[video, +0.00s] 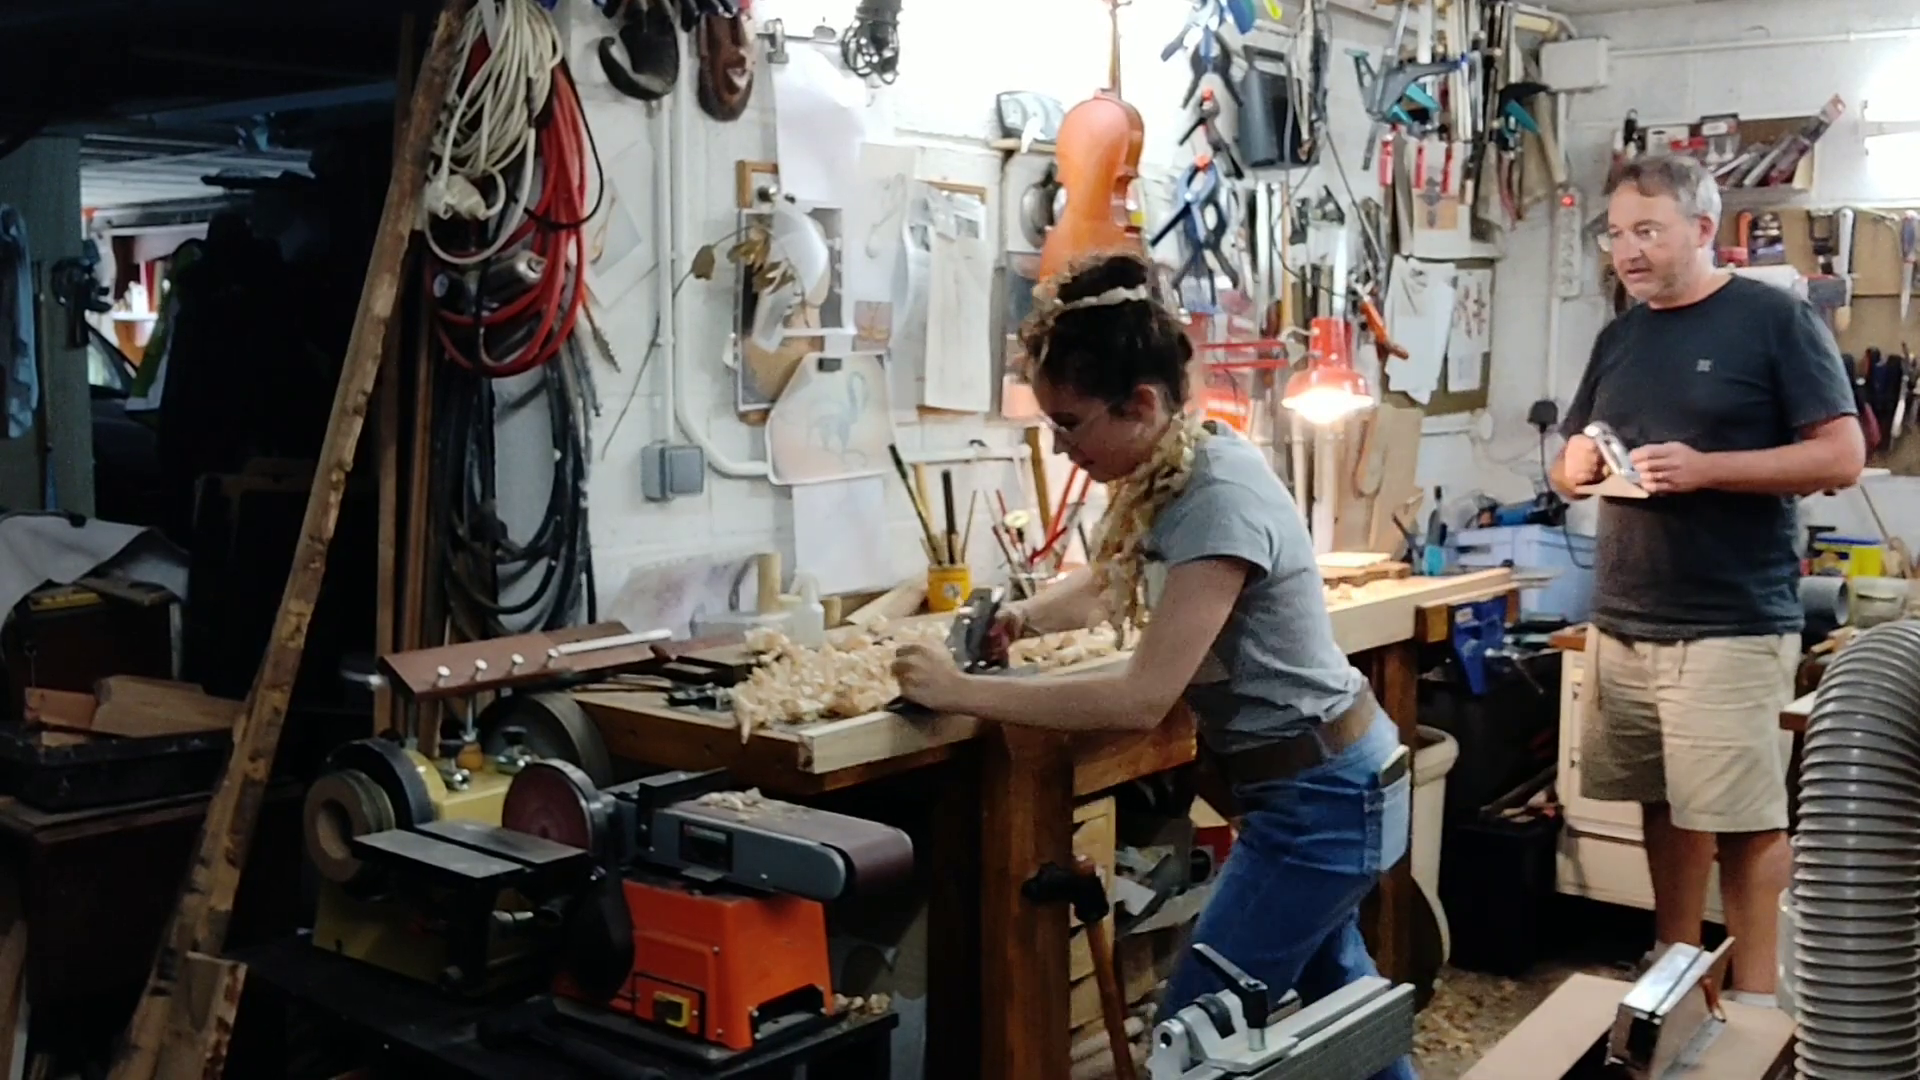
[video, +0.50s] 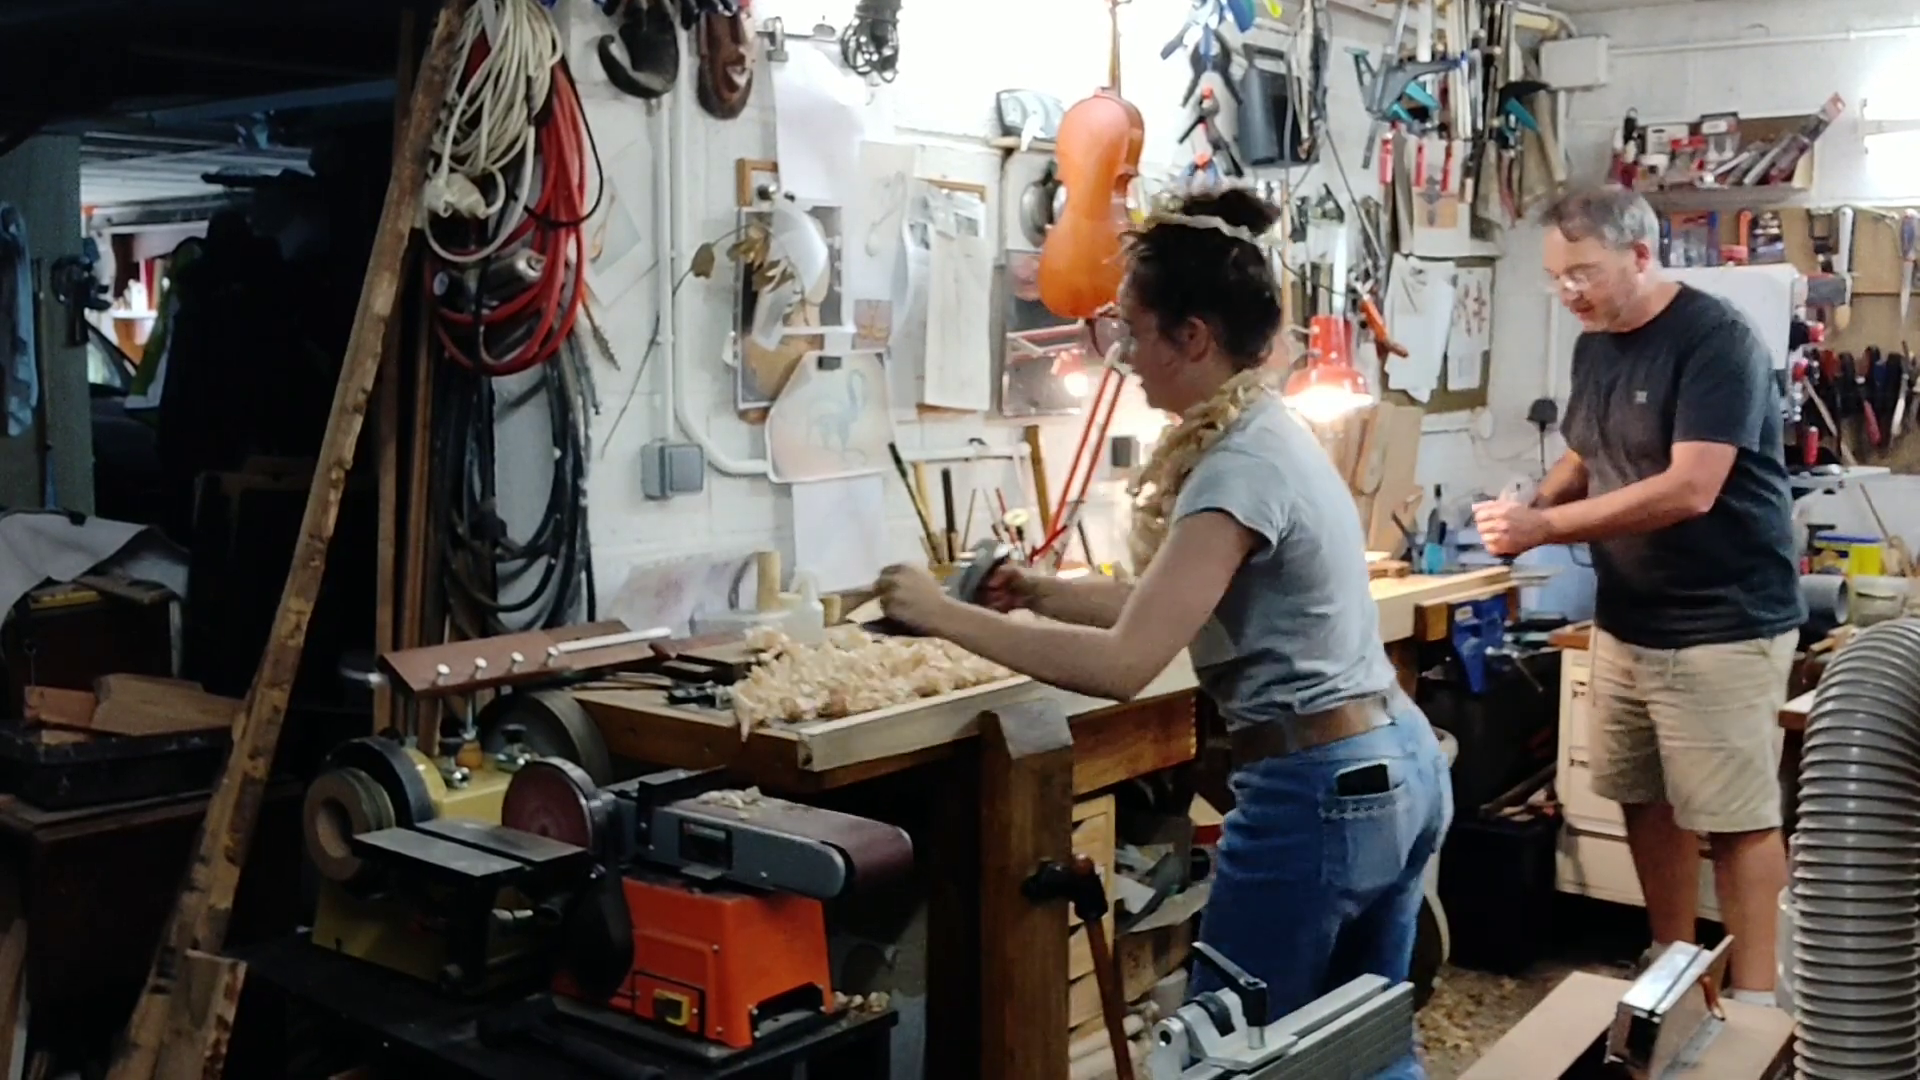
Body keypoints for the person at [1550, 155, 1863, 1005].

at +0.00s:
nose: (1628, 249)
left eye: (1647, 230)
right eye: (1616, 234)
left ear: (1702, 229)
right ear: (1608, 243)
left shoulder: (1776, 312)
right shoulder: (1619, 335)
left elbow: (1842, 455)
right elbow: (1568, 458)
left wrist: (1705, 465)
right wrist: (1577, 464)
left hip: (1735, 626)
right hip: (1630, 622)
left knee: (1744, 823)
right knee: (1667, 808)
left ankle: (1753, 1003)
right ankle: (1675, 967)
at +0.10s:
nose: (1624, 252)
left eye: (1643, 233)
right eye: (1612, 235)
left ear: (1698, 231)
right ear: (1604, 240)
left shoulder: (1773, 313)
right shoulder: (1618, 334)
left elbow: (1830, 457)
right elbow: (1573, 446)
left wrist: (1691, 470)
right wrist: (1572, 464)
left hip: (1733, 627)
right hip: (1628, 622)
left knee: (1744, 824)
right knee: (1664, 808)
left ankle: (1754, 1004)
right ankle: (1675, 966)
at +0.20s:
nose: (1617, 259)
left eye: (1636, 239)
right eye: (1605, 242)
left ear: (1691, 234)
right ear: (1596, 244)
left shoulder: (1765, 316)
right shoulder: (1615, 334)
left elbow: (1806, 461)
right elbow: (1577, 443)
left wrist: (1658, 481)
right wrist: (1568, 468)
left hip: (1732, 626)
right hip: (1626, 620)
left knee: (1746, 818)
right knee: (1658, 806)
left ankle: (1756, 996)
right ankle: (1678, 968)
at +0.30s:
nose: (1604, 268)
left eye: (1620, 248)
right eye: (1594, 252)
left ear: (1679, 236)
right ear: (1588, 250)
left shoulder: (1752, 319)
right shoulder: (1610, 334)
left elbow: (1770, 466)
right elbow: (1580, 445)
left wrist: (1617, 494)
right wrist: (1555, 477)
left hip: (1730, 627)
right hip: (1626, 622)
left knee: (1746, 818)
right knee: (1656, 806)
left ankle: (1755, 995)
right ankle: (1674, 966)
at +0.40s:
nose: (1587, 281)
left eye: (1600, 259)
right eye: (1578, 265)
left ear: (1661, 242)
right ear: (1577, 260)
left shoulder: (1736, 325)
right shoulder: (1604, 339)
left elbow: (1725, 477)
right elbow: (1583, 457)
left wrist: (1579, 509)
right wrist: (1547, 491)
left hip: (1727, 631)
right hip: (1625, 623)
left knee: (1742, 822)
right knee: (1649, 805)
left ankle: (1755, 1001)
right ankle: (1673, 968)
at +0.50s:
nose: (1567, 294)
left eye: (1579, 274)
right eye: (1557, 279)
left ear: (1640, 255)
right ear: (1556, 272)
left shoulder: (1718, 338)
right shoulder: (1594, 347)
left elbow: (1692, 490)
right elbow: (1584, 457)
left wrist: (1547, 526)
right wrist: (1533, 507)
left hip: (1726, 630)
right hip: (1627, 625)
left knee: (1736, 818)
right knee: (1646, 804)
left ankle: (1754, 1000)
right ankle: (1674, 966)